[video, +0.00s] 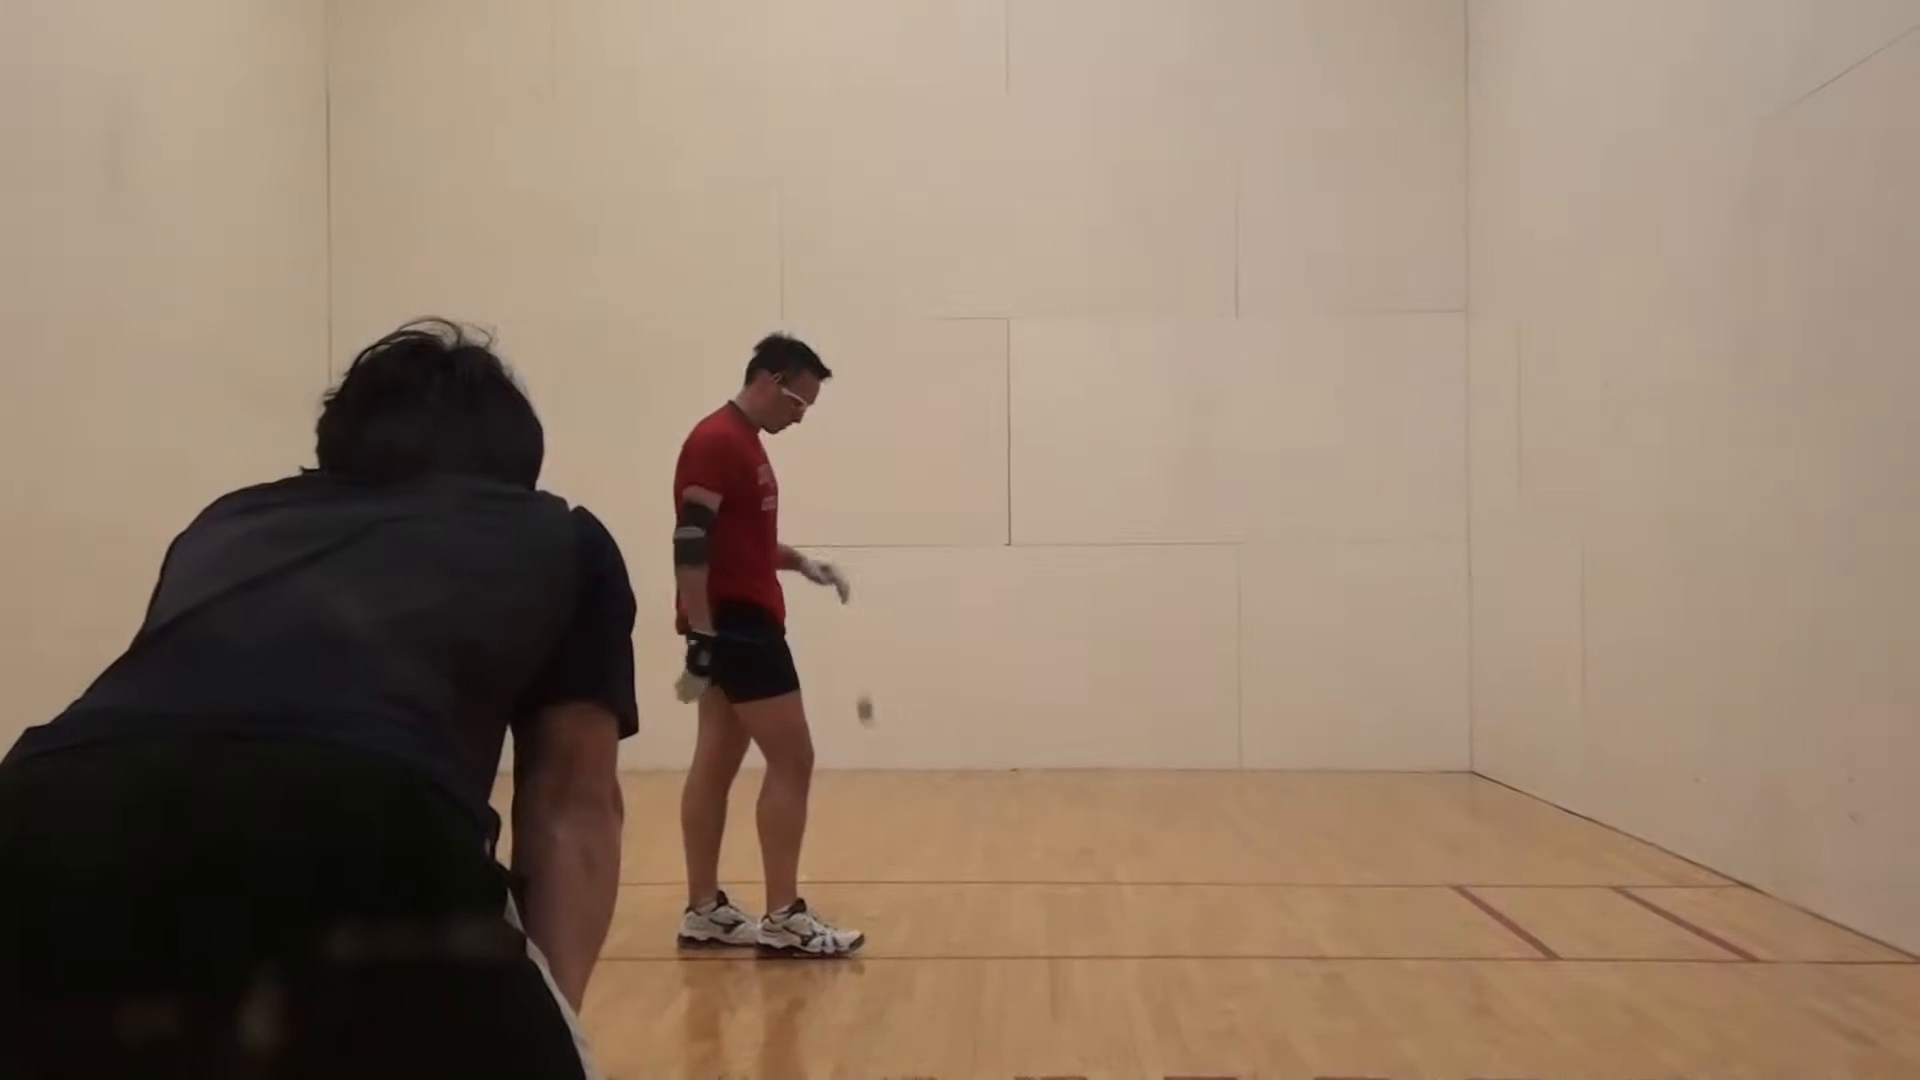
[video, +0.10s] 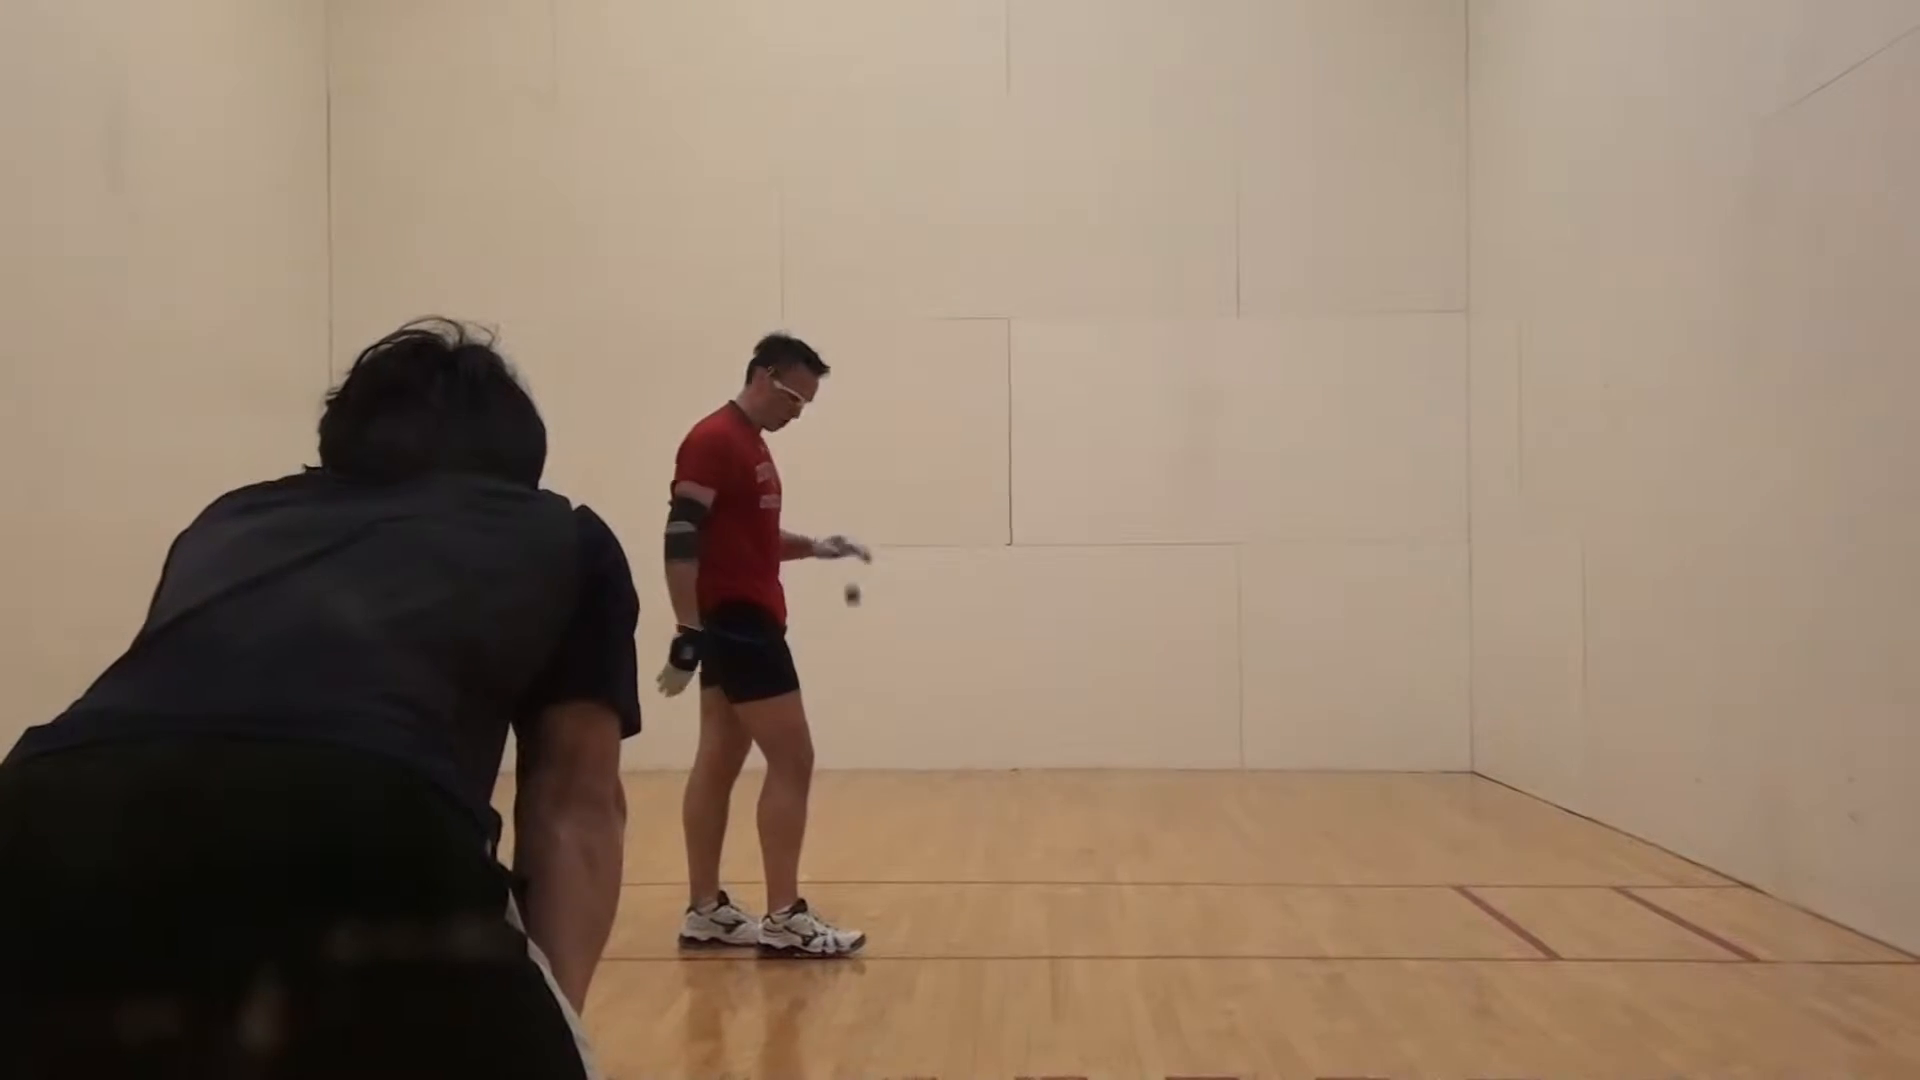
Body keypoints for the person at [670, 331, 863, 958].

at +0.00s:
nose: (801, 413)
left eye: (806, 403)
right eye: (798, 399)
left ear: (772, 388)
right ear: (765, 380)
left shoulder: (744, 442)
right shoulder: (718, 441)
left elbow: (745, 541)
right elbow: (691, 544)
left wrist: (801, 561)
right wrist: (701, 637)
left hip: (733, 623)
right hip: (743, 628)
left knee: (714, 764)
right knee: (791, 759)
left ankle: (704, 908)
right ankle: (784, 914)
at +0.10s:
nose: (797, 410)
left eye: (804, 401)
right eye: (793, 396)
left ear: (780, 391)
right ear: (760, 378)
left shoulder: (750, 442)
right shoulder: (715, 439)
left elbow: (751, 539)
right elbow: (681, 538)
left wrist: (815, 546)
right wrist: (688, 631)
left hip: (738, 623)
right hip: (741, 626)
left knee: (718, 762)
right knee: (791, 758)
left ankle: (705, 908)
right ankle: (784, 914)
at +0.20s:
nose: (786, 403)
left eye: (797, 397)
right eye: (780, 387)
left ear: (801, 400)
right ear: (753, 373)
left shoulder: (760, 447)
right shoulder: (713, 438)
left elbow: (764, 539)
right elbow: (676, 534)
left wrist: (824, 534)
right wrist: (689, 627)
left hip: (741, 623)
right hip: (741, 626)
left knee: (718, 763)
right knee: (791, 758)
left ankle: (706, 908)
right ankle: (785, 914)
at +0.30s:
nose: (777, 390)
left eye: (791, 386)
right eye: (770, 376)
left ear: (800, 395)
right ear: (747, 371)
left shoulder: (770, 449)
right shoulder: (711, 438)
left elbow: (780, 537)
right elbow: (675, 533)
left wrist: (823, 526)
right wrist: (698, 623)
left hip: (748, 621)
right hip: (741, 624)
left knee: (720, 764)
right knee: (791, 759)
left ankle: (707, 909)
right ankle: (786, 914)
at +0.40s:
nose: (779, 386)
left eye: (793, 381)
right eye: (771, 372)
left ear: (801, 392)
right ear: (747, 370)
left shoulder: (776, 450)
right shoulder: (711, 437)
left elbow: (788, 534)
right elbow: (678, 530)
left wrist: (827, 517)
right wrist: (709, 619)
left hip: (754, 618)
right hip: (743, 622)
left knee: (723, 763)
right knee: (791, 759)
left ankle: (707, 909)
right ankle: (786, 914)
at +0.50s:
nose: (778, 382)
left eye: (792, 378)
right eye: (769, 369)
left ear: (801, 389)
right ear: (747, 369)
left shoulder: (781, 448)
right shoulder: (714, 436)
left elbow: (799, 531)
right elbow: (682, 529)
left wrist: (833, 504)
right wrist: (717, 617)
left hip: (759, 616)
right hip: (744, 620)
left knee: (731, 762)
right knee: (790, 760)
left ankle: (709, 908)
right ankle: (787, 914)